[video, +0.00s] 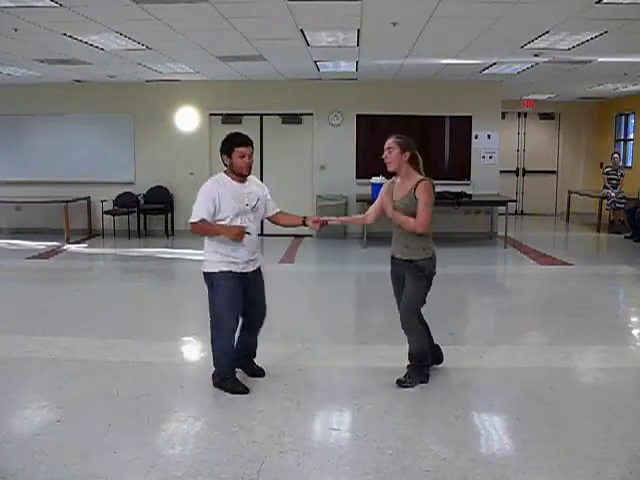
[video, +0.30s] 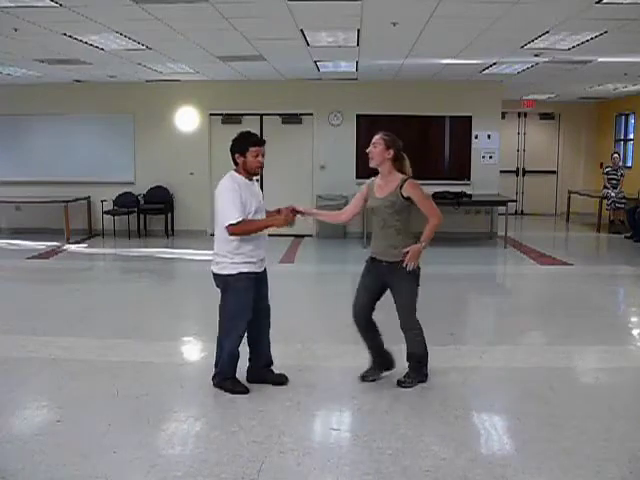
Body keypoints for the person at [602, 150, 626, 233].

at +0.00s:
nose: (615, 160)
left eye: (617, 158)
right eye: (614, 158)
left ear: (619, 160)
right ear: (611, 159)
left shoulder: (621, 171)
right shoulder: (607, 169)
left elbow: (621, 183)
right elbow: (605, 182)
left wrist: (617, 190)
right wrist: (611, 189)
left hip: (617, 188)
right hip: (608, 187)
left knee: (622, 196)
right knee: (611, 196)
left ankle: (621, 217)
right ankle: (611, 217)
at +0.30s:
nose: (615, 160)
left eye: (616, 158)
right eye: (613, 158)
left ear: (619, 160)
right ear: (611, 160)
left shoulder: (621, 170)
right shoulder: (607, 169)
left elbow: (621, 182)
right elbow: (605, 182)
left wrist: (617, 190)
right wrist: (611, 189)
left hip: (617, 188)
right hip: (608, 187)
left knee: (622, 196)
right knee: (611, 196)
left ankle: (621, 217)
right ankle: (611, 217)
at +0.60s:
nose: (615, 160)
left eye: (616, 158)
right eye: (613, 158)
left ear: (619, 160)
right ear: (611, 160)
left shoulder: (621, 170)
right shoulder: (607, 169)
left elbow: (621, 183)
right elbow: (605, 182)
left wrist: (617, 190)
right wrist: (611, 189)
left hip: (617, 188)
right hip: (608, 188)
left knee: (622, 196)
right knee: (611, 196)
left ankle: (621, 217)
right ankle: (611, 217)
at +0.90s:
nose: (615, 160)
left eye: (617, 158)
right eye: (614, 158)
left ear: (619, 160)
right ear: (611, 159)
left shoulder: (621, 170)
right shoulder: (607, 169)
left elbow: (621, 183)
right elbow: (605, 182)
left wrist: (617, 190)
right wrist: (611, 190)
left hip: (617, 188)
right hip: (608, 188)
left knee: (622, 196)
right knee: (611, 196)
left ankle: (621, 217)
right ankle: (611, 217)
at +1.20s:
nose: (615, 160)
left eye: (616, 158)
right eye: (613, 158)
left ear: (619, 160)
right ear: (611, 160)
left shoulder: (621, 170)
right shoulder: (607, 169)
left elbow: (621, 183)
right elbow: (605, 182)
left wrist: (617, 190)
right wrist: (611, 189)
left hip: (617, 188)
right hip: (608, 188)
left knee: (622, 196)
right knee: (611, 196)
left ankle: (621, 217)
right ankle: (611, 217)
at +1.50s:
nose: (615, 160)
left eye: (616, 158)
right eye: (613, 158)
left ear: (619, 160)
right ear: (611, 160)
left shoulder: (621, 170)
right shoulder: (607, 169)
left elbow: (621, 183)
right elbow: (605, 182)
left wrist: (617, 190)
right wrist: (611, 189)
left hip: (617, 188)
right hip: (608, 188)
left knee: (622, 196)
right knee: (611, 196)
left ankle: (621, 217)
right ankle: (611, 217)